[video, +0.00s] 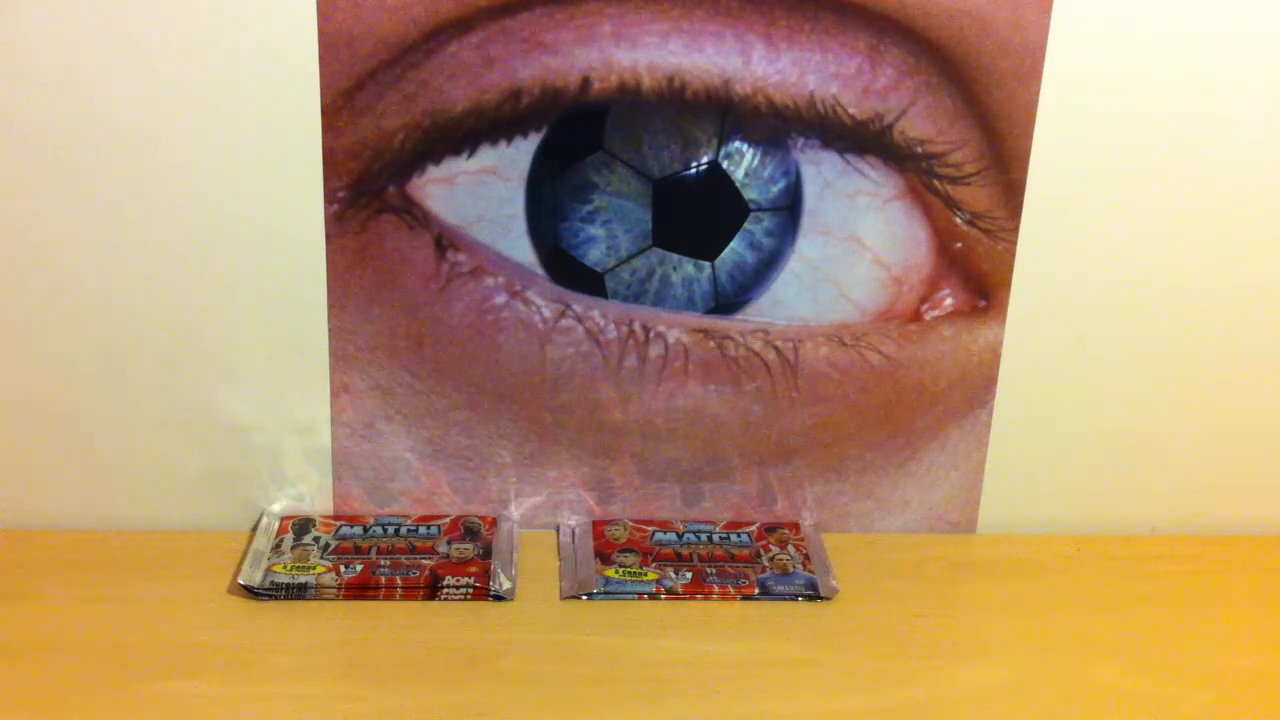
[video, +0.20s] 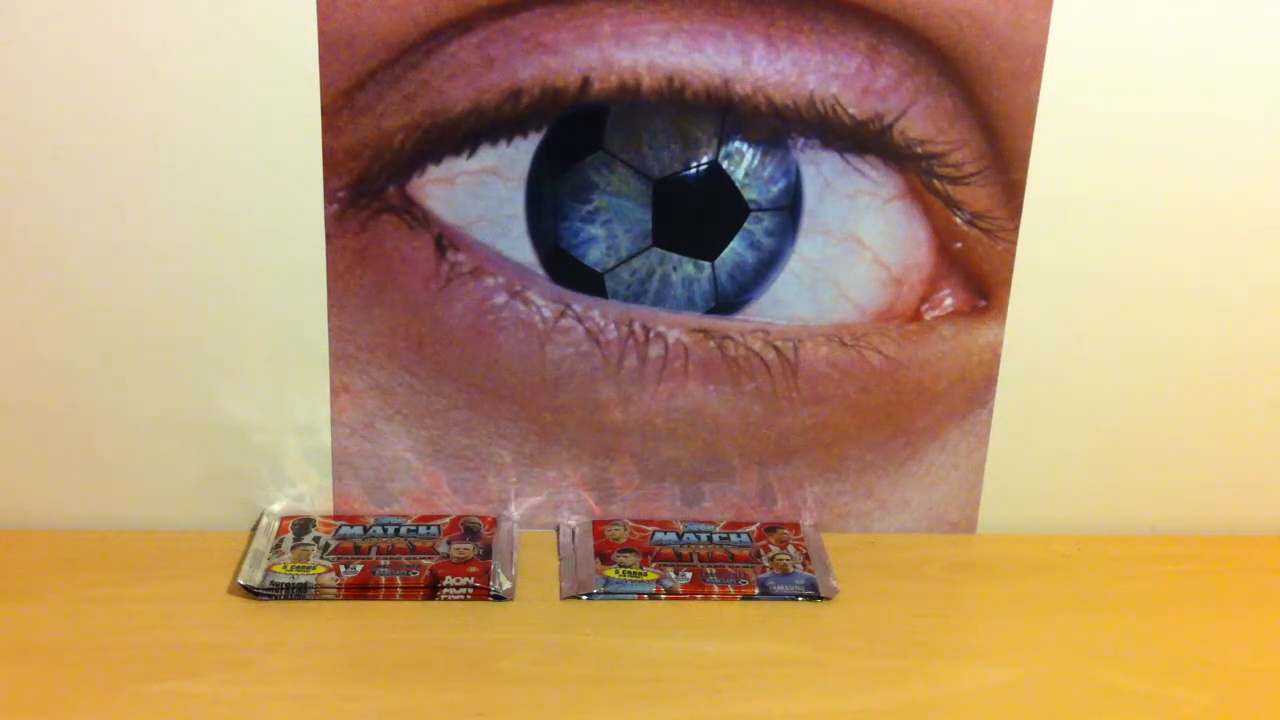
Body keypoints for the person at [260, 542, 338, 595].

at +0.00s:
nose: (310, 554)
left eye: (312, 551)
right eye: (305, 550)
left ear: (315, 552)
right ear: (293, 551)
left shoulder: (323, 568)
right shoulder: (274, 568)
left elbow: (328, 597)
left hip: (309, 611)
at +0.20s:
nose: (309, 554)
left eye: (312, 551)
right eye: (305, 550)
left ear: (315, 551)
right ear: (293, 551)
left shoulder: (323, 568)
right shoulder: (274, 568)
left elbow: (328, 597)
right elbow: (262, 594)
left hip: (309, 612)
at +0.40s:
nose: (309, 554)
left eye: (312, 551)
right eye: (305, 550)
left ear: (315, 551)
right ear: (293, 551)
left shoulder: (323, 568)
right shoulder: (274, 568)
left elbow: (327, 599)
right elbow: (262, 595)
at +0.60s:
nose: (309, 554)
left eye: (312, 551)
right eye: (305, 550)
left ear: (315, 552)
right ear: (293, 551)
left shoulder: (323, 568)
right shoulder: (274, 568)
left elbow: (328, 597)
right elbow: (262, 594)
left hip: (309, 612)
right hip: (277, 611)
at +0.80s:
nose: (309, 555)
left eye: (312, 551)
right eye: (305, 551)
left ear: (315, 552)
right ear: (293, 551)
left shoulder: (323, 568)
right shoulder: (274, 568)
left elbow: (328, 596)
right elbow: (262, 594)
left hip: (309, 611)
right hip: (277, 611)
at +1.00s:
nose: (309, 554)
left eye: (312, 551)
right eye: (305, 550)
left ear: (315, 552)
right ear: (293, 551)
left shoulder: (323, 568)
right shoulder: (274, 568)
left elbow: (327, 597)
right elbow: (262, 595)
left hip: (309, 611)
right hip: (277, 611)